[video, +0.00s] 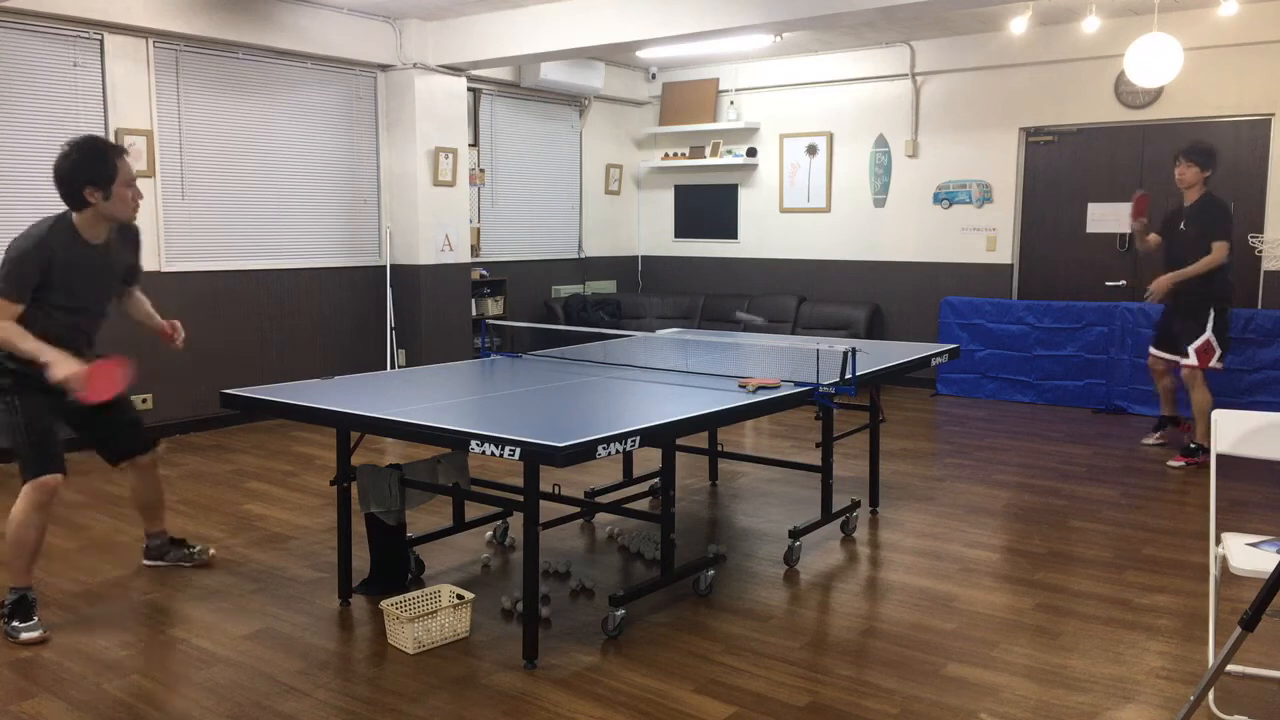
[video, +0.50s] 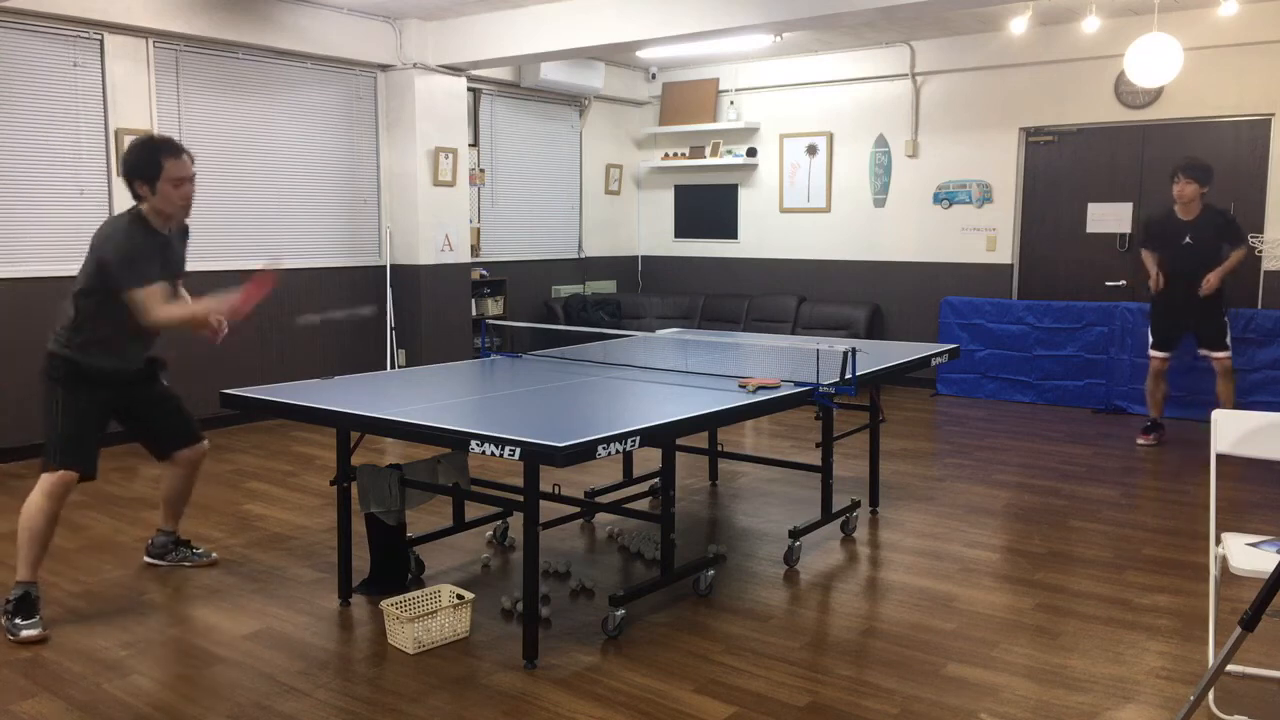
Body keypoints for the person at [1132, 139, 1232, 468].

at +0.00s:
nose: (1179, 171)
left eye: (1188, 166)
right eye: (1177, 165)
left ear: (1205, 172)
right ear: (1175, 170)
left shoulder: (1216, 208)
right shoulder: (1175, 213)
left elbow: (1220, 255)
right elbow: (1149, 245)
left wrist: (1170, 278)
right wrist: (1139, 230)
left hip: (1207, 302)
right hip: (1178, 300)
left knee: (1192, 372)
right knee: (1158, 363)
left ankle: (1202, 445)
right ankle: (1170, 421)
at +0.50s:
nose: (1178, 188)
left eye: (1186, 183)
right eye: (1176, 182)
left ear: (1202, 188)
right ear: (1171, 186)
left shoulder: (1218, 219)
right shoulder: (1158, 221)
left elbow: (1242, 248)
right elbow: (1146, 249)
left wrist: (1220, 273)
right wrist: (1153, 270)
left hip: (1207, 301)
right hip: (1167, 301)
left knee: (1223, 364)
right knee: (1157, 364)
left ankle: (1227, 426)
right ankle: (1154, 423)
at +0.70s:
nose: (1203, 207)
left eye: (1210, 201)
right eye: (1198, 200)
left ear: (1223, 206)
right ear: (1192, 203)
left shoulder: (1237, 234)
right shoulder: (1177, 236)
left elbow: (1249, 262)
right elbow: (1150, 268)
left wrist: (1232, 285)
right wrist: (1173, 291)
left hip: (1219, 312)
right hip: (1179, 311)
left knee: (1238, 373)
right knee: (1165, 371)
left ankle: (1234, 428)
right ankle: (1155, 423)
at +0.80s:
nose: (1215, 212)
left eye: (1223, 206)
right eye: (1211, 204)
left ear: (1236, 212)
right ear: (1205, 207)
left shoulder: (1244, 237)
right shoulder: (1188, 239)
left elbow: (1253, 263)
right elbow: (1160, 282)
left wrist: (1240, 286)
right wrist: (1200, 297)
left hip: (1220, 311)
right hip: (1181, 310)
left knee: (1240, 374)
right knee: (1170, 371)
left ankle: (1233, 429)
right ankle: (1152, 423)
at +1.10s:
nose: (1210, 246)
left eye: (1217, 243)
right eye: (1209, 240)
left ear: (1225, 243)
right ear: (1200, 233)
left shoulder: (1227, 253)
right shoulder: (1180, 259)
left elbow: (1242, 277)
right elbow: (1172, 309)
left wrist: (1245, 295)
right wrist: (1222, 302)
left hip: (1203, 321)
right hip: (1167, 321)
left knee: (1235, 379)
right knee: (1157, 367)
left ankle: (1231, 435)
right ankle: (1130, 430)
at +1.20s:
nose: (1193, 257)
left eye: (1199, 254)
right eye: (1191, 251)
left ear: (1207, 252)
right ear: (1183, 244)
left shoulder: (1213, 261)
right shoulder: (1160, 263)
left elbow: (1228, 283)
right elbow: (1132, 308)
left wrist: (1237, 303)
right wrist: (1160, 329)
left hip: (1194, 325)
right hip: (1156, 323)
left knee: (1229, 386)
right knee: (1148, 369)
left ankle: (1228, 437)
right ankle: (1127, 431)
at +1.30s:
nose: (1170, 248)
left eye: (1178, 245)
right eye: (1170, 241)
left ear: (1190, 247)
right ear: (1165, 238)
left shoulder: (1200, 258)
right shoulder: (1148, 264)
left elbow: (1218, 277)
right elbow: (1113, 297)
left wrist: (1233, 304)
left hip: (1182, 326)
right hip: (1146, 326)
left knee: (1221, 388)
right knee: (1138, 372)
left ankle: (1226, 434)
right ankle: (1126, 432)